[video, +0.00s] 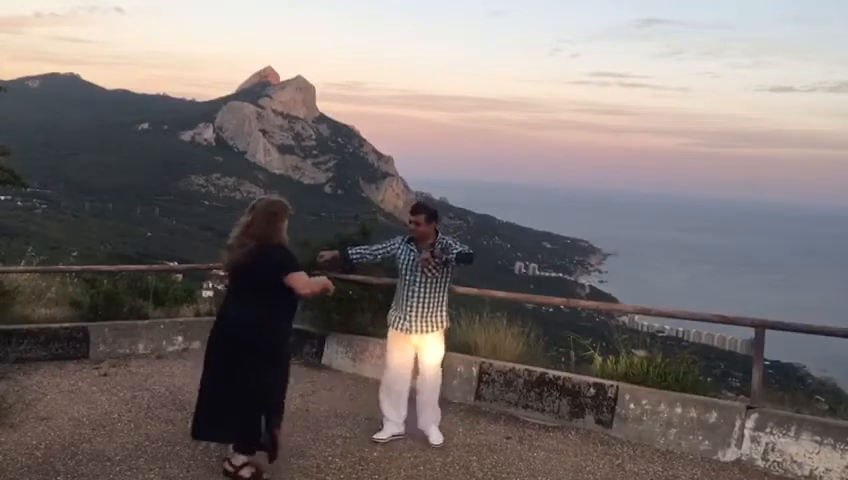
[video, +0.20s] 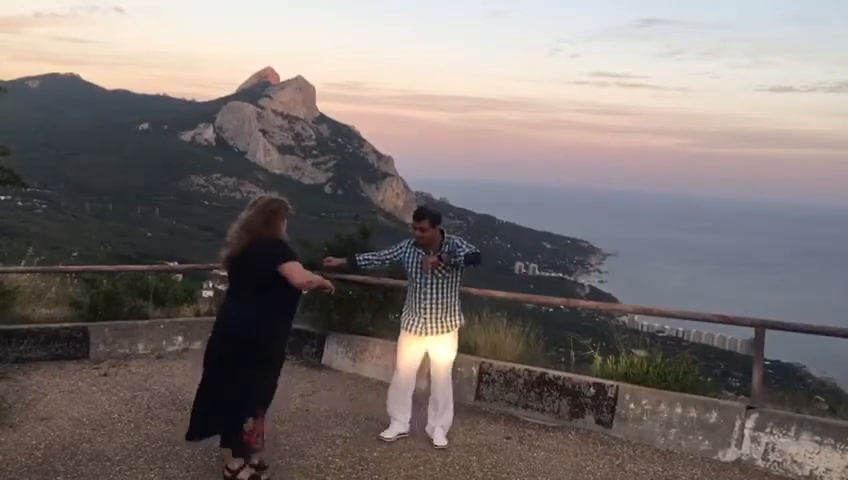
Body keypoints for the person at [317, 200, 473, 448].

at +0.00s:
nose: (412, 228)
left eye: (417, 224)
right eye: (411, 223)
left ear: (433, 225)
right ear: (410, 223)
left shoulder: (446, 245)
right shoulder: (402, 244)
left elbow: (468, 257)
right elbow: (372, 252)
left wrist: (441, 257)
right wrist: (340, 255)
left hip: (432, 327)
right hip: (401, 324)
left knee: (430, 379)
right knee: (395, 376)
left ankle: (430, 425)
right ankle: (393, 424)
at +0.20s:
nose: (417, 234)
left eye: (422, 230)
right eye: (415, 229)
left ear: (437, 228)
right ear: (413, 227)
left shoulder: (453, 245)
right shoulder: (408, 247)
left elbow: (476, 257)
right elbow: (379, 257)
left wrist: (444, 259)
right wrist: (343, 262)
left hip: (445, 327)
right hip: (412, 326)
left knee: (441, 380)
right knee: (403, 376)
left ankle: (438, 428)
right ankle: (399, 423)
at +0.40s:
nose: (418, 238)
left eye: (423, 233)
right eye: (416, 233)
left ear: (438, 230)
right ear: (414, 229)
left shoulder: (455, 245)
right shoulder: (411, 248)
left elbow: (479, 257)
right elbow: (382, 258)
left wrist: (446, 261)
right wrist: (346, 264)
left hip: (449, 328)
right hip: (417, 327)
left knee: (446, 381)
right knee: (411, 378)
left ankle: (440, 427)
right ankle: (415, 423)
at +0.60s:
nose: (416, 239)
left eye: (421, 234)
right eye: (414, 234)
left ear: (436, 230)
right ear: (412, 230)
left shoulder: (452, 245)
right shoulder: (407, 246)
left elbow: (474, 257)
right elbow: (378, 252)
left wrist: (442, 258)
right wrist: (343, 252)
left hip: (444, 325)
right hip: (412, 324)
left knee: (442, 379)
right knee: (407, 376)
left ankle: (439, 428)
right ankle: (404, 426)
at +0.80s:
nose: (415, 241)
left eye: (420, 237)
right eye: (412, 236)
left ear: (435, 233)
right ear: (410, 231)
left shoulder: (449, 247)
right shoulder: (404, 244)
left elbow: (470, 266)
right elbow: (373, 247)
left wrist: (439, 265)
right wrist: (340, 246)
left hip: (436, 326)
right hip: (405, 324)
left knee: (432, 379)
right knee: (402, 376)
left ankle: (426, 425)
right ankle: (402, 426)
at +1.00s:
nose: (413, 243)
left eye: (418, 240)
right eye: (411, 238)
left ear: (433, 236)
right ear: (408, 233)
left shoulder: (449, 249)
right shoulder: (402, 244)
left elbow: (470, 268)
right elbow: (372, 247)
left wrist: (439, 267)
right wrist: (338, 243)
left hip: (435, 327)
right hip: (403, 324)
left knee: (433, 379)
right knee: (400, 377)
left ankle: (427, 425)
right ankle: (403, 425)